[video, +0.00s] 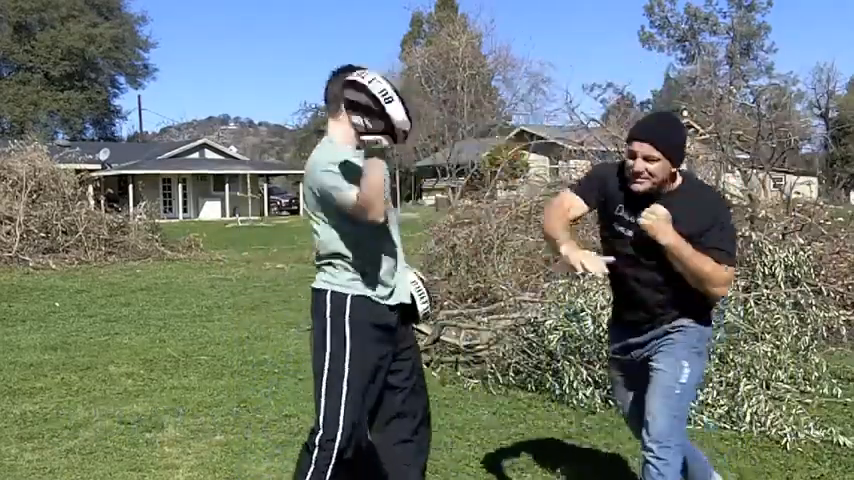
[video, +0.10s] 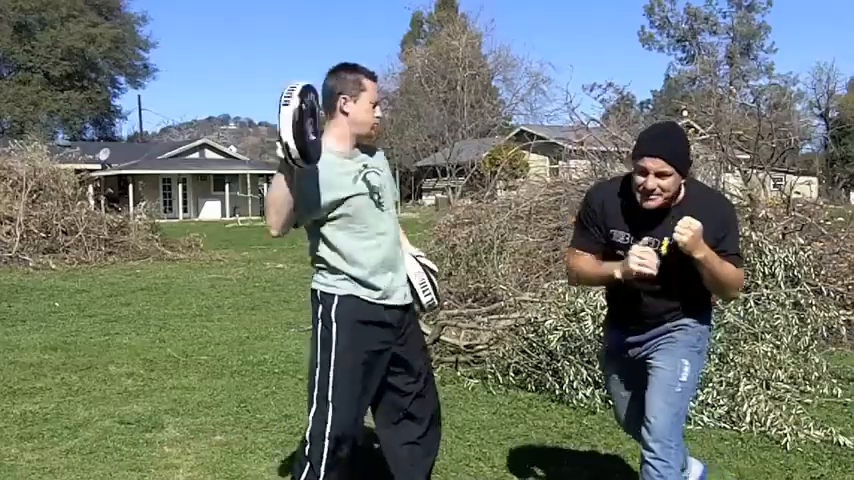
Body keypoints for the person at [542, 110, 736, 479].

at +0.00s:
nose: (637, 167)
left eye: (650, 160)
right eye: (633, 156)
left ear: (675, 164)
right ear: (625, 151)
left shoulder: (707, 205)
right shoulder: (611, 178)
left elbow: (719, 284)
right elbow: (555, 212)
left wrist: (669, 238)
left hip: (681, 330)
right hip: (626, 332)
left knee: (661, 433)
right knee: (651, 432)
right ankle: (706, 474)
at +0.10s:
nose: (649, 184)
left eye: (662, 175)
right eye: (641, 172)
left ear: (683, 174)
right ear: (631, 165)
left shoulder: (712, 208)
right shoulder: (604, 198)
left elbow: (732, 288)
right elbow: (576, 267)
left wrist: (701, 251)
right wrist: (620, 268)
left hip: (679, 330)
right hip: (621, 331)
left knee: (659, 433)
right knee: (632, 421)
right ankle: (688, 469)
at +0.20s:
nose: (630, 187)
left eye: (643, 179)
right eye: (625, 175)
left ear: (670, 177)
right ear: (619, 169)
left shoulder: (710, 212)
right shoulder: (612, 198)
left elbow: (725, 296)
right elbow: (563, 261)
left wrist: (676, 261)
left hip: (688, 337)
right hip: (632, 332)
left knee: (664, 436)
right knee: (642, 420)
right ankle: (691, 471)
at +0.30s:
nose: (612, 177)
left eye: (624, 169)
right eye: (609, 166)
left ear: (658, 170)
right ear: (606, 161)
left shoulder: (708, 214)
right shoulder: (613, 200)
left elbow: (710, 297)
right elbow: (561, 249)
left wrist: (649, 255)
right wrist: (584, 205)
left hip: (703, 328)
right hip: (649, 328)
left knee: (660, 435)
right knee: (672, 424)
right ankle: (705, 473)